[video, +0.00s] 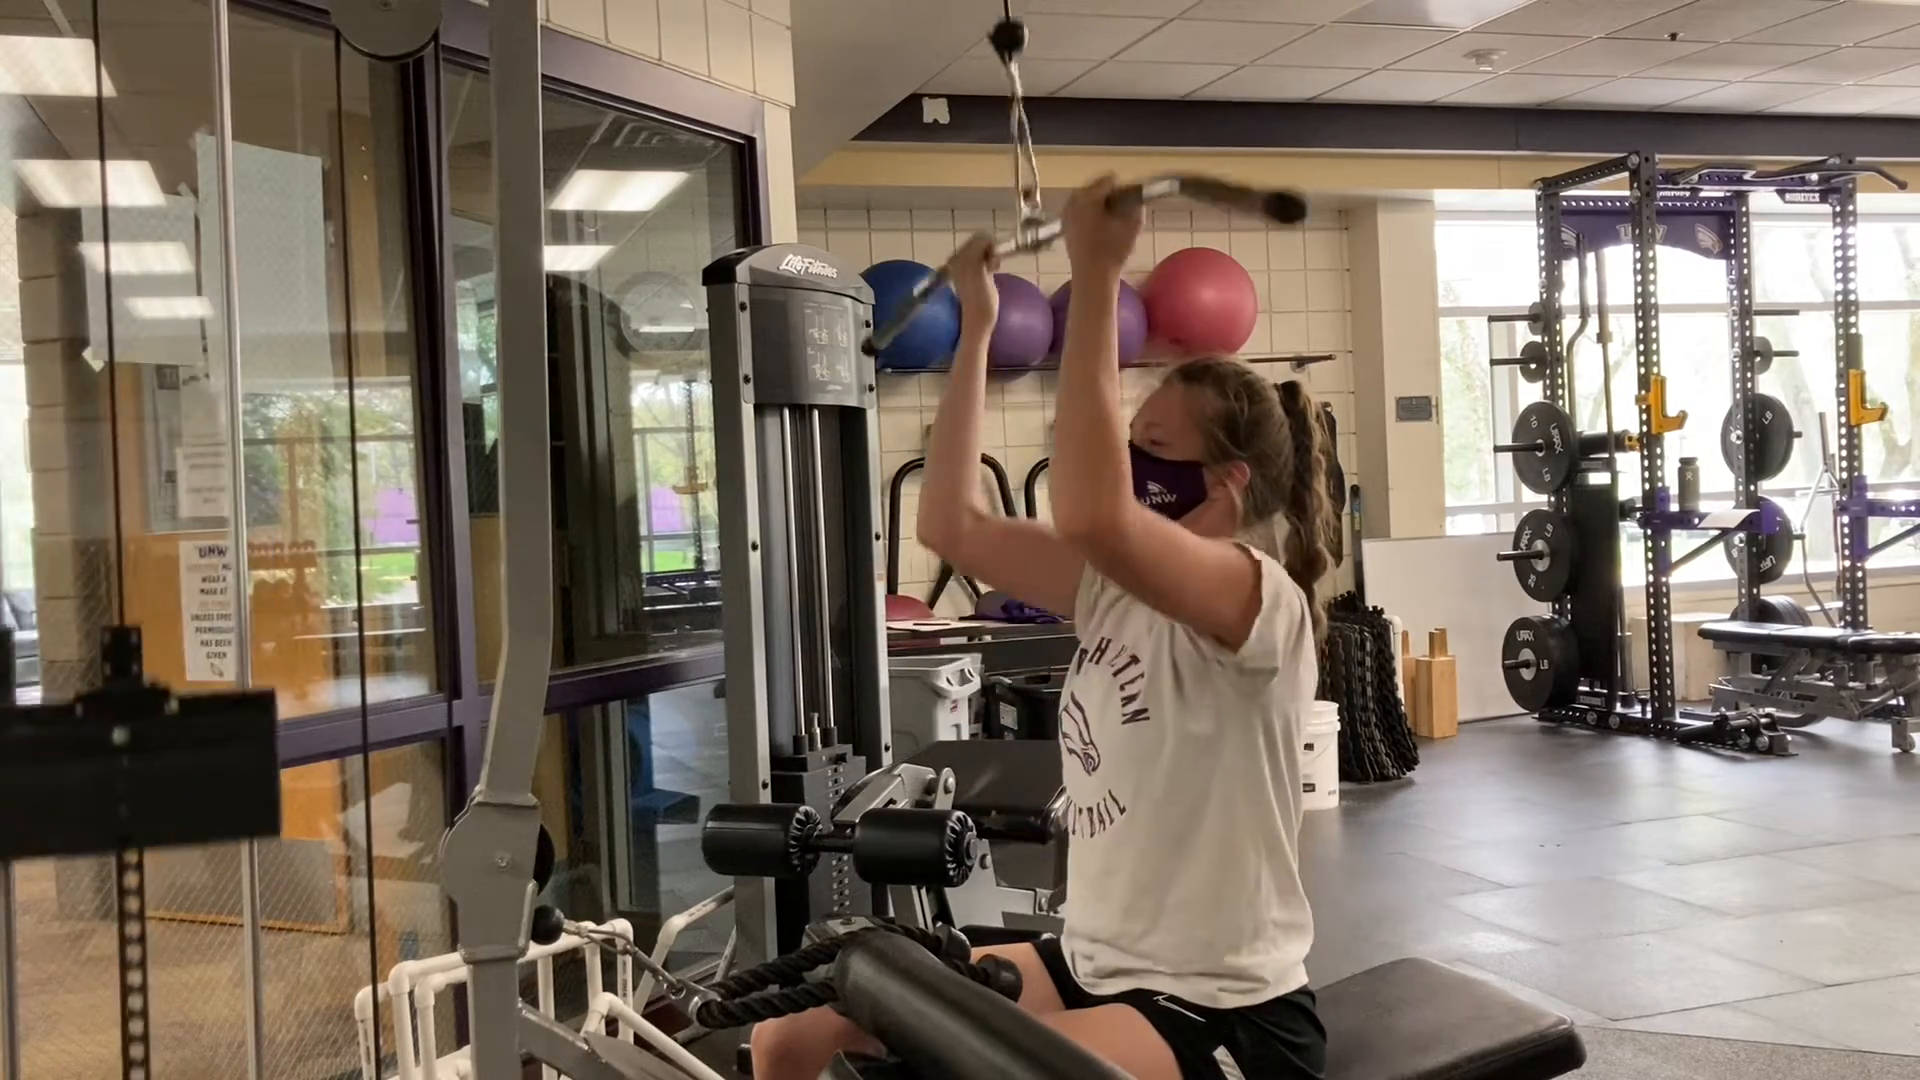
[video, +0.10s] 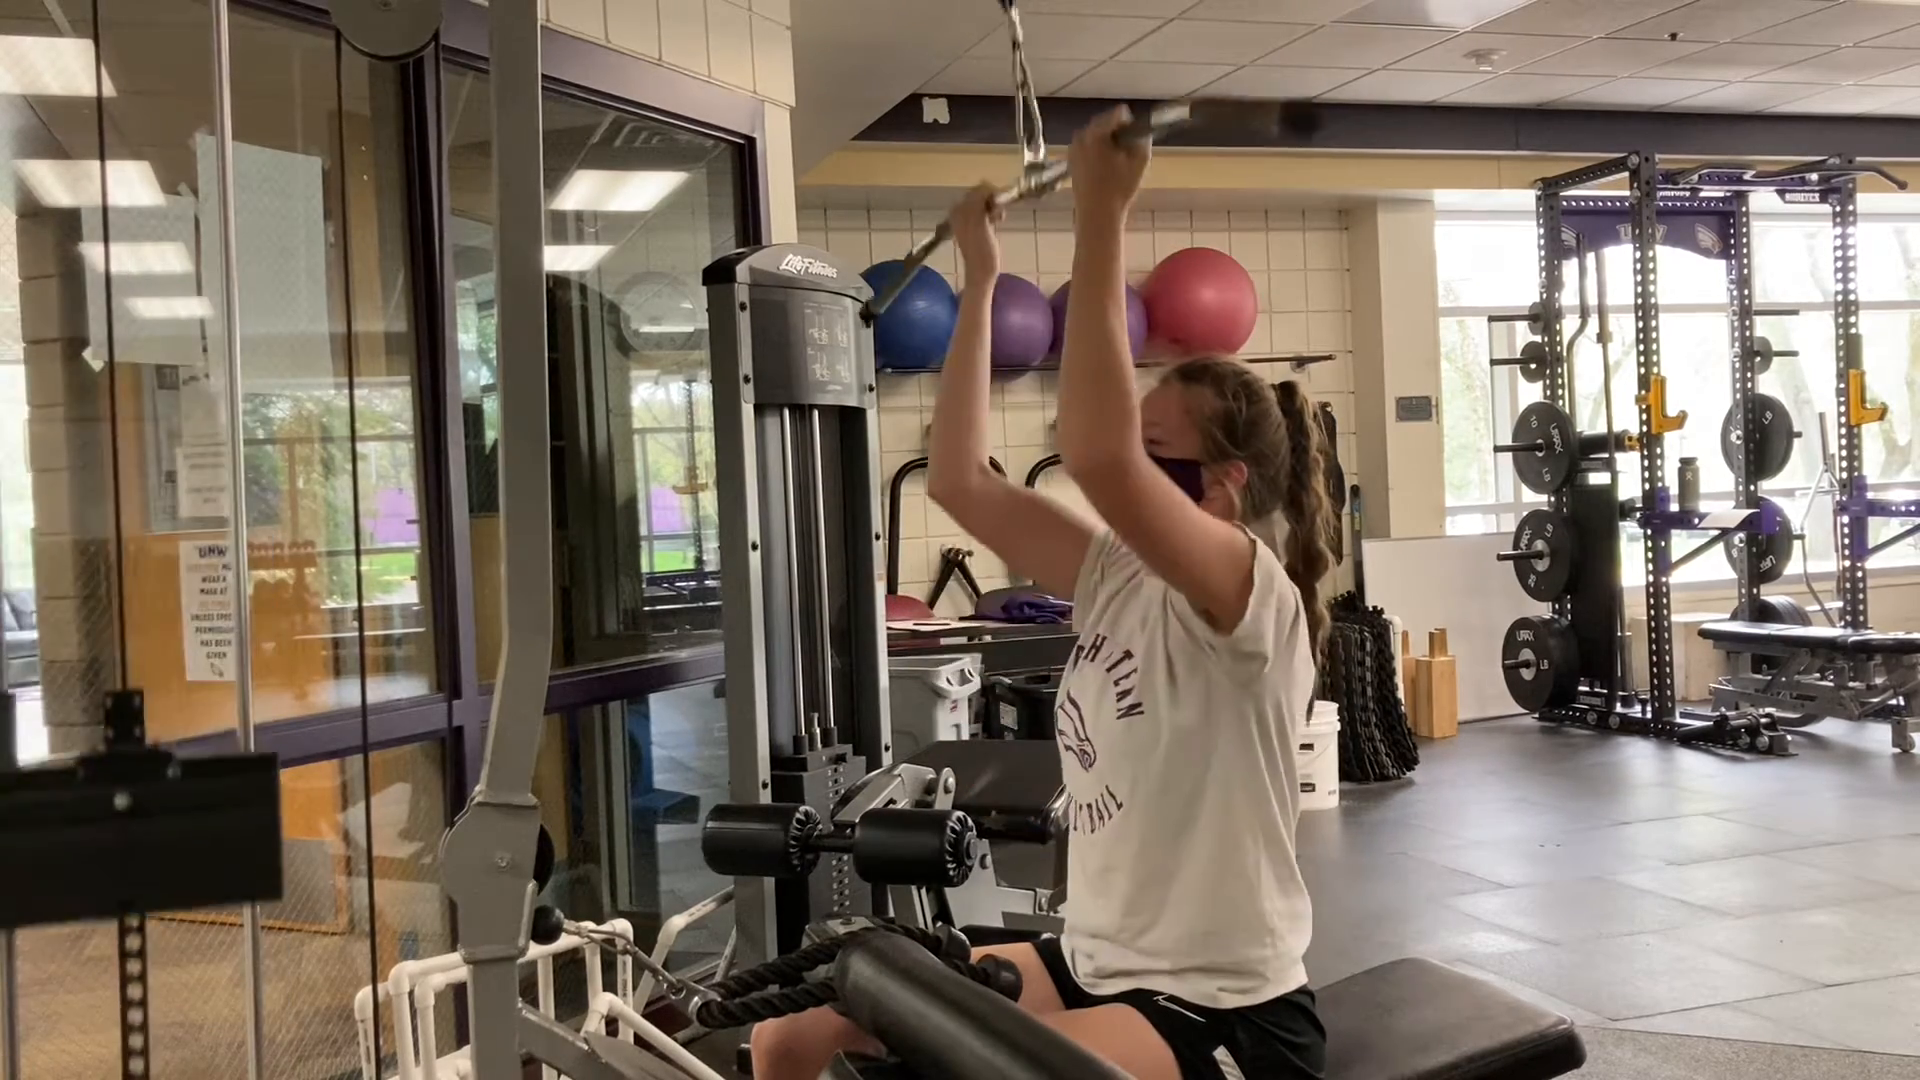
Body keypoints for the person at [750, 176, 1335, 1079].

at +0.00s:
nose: (1129, 474)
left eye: (1157, 460)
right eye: (1129, 450)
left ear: (1234, 484)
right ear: (1118, 442)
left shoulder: (1257, 600)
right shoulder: (1107, 576)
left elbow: (1093, 516)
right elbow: (951, 526)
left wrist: (1094, 275)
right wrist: (976, 330)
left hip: (1224, 1012)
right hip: (1091, 966)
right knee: (791, 1036)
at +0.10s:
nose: (1131, 451)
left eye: (1157, 441)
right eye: (1131, 434)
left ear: (1226, 481)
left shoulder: (1251, 593)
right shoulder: (1106, 572)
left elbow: (1099, 452)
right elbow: (962, 481)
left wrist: (1100, 217)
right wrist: (981, 278)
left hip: (1222, 1013)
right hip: (1088, 967)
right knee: (788, 1041)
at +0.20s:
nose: (1116, 457)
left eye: (1143, 431)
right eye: (1112, 438)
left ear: (1225, 466)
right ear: (1174, 458)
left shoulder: (1245, 582)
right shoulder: (1107, 564)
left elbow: (1122, 402)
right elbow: (984, 441)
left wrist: (1107, 144)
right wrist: (982, 226)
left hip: (1224, 1009)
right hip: (1092, 967)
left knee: (975, 1073)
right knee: (790, 1037)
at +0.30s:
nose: (1125, 449)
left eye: (1153, 425)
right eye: (1127, 428)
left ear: (1222, 455)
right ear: (1140, 443)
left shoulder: (1245, 582)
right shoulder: (1107, 561)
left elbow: (1143, 377)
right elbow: (996, 412)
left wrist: (1108, 112)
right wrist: (980, 191)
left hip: (1224, 1007)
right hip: (1093, 967)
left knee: (979, 1074)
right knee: (791, 1042)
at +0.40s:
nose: (1132, 436)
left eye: (1162, 415)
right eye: (1136, 415)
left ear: (1224, 452)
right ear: (1143, 435)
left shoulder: (1239, 581)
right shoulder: (1104, 551)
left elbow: (1149, 359)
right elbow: (1006, 382)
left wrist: (1108, 90)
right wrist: (977, 168)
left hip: (1224, 1008)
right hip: (1098, 968)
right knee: (794, 1038)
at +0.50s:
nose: (1133, 433)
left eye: (1166, 409)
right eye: (1139, 412)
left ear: (1221, 451)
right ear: (1146, 438)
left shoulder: (1236, 584)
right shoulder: (1104, 552)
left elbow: (1150, 354)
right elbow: (1016, 361)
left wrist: (1109, 80)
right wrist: (977, 151)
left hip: (1224, 1009)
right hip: (1099, 968)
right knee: (794, 1038)